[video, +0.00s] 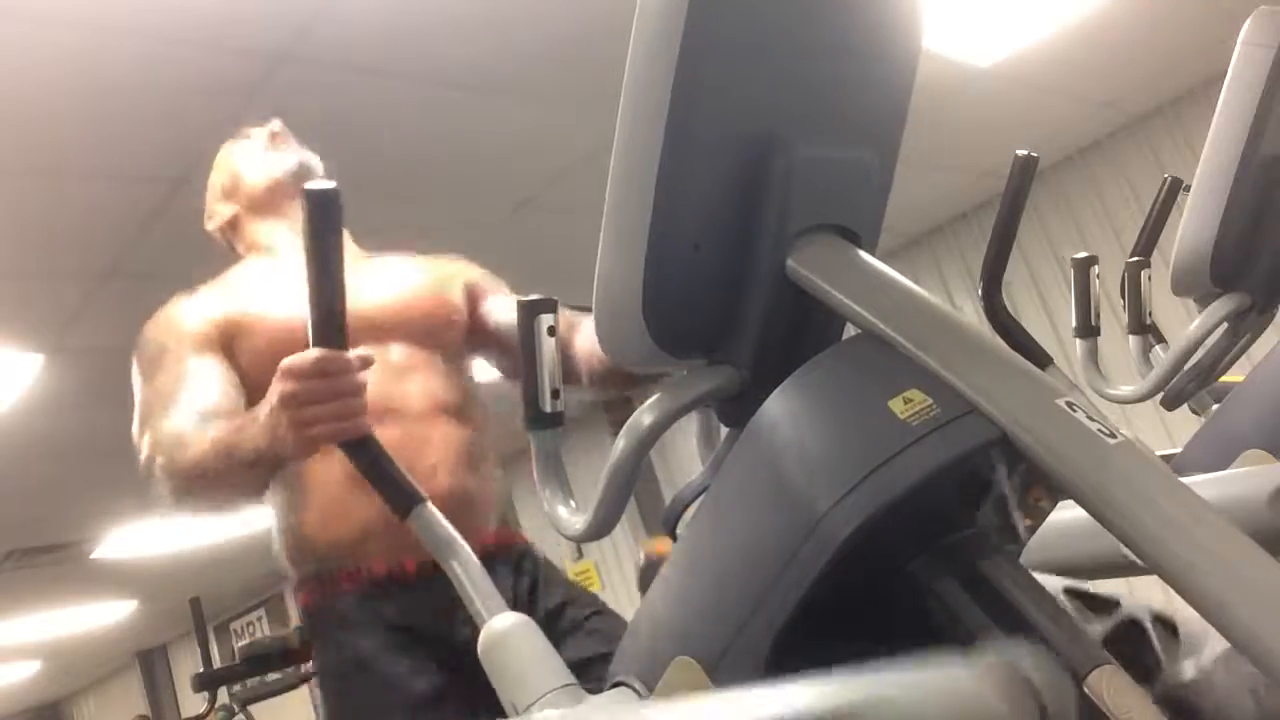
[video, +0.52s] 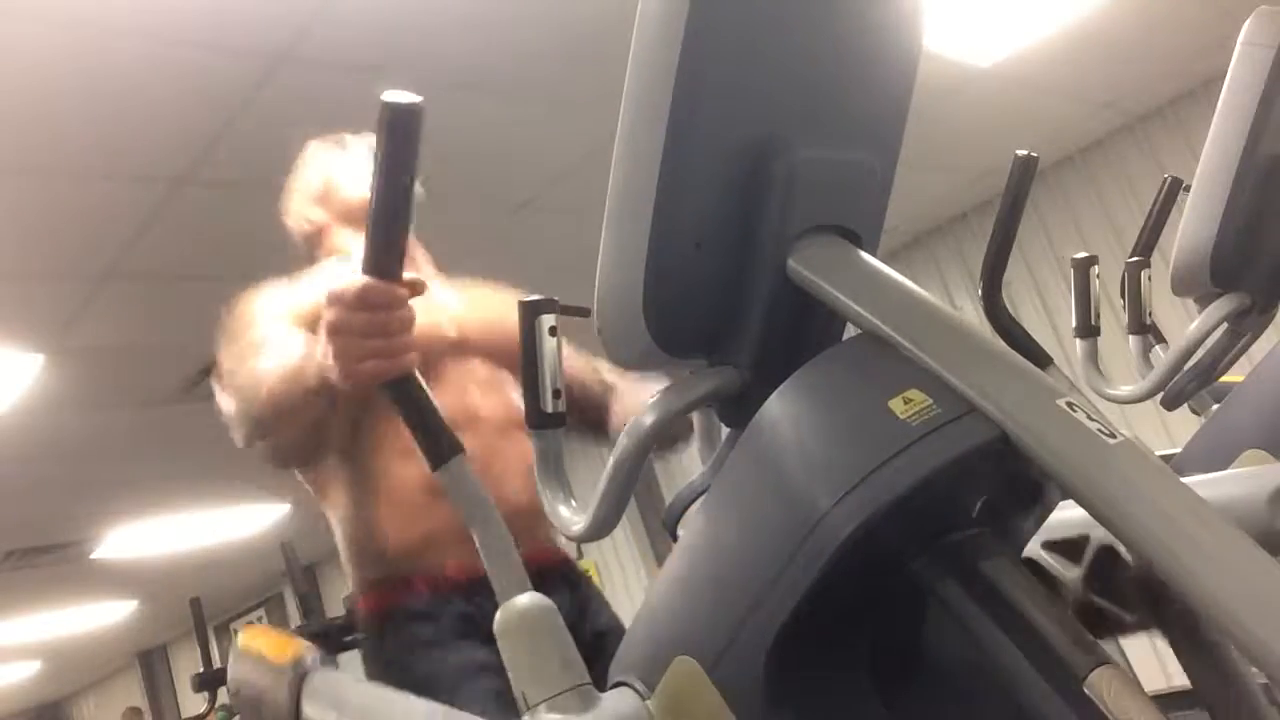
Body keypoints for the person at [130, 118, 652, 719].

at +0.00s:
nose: (283, 131)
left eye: (292, 133)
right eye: (257, 138)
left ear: (323, 174)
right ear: (222, 209)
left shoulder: (438, 274)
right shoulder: (194, 318)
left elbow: (559, 339)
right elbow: (181, 462)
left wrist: (650, 343)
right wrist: (268, 430)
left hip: (509, 577)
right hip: (367, 615)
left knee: (667, 693)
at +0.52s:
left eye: (388, 184)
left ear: (406, 192)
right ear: (308, 217)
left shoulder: (479, 300)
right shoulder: (278, 309)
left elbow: (593, 385)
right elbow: (260, 419)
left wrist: (648, 406)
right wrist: (325, 367)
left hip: (556, 589)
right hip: (426, 620)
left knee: (654, 705)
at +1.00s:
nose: (317, 116)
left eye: (324, 117)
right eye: (277, 119)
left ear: (353, 165)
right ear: (240, 194)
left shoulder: (466, 291)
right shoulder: (204, 345)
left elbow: (626, 358)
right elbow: (185, 553)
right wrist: (275, 479)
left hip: (536, 613)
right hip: (384, 659)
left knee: (703, 696)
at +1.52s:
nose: (401, 159)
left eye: (406, 155)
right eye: (366, 160)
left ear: (428, 193)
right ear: (323, 225)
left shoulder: (518, 338)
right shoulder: (279, 346)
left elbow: (633, 430)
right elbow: (246, 485)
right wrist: (321, 406)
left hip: (537, 649)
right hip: (399, 665)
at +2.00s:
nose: (343, 135)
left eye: (350, 128)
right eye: (307, 133)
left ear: (382, 175)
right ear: (263, 202)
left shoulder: (463, 320)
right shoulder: (231, 338)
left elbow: (596, 394)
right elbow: (167, 527)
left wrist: (732, 380)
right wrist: (294, 449)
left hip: (523, 636)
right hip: (382, 677)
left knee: (719, 672)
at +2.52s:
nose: (398, 97)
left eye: (404, 95)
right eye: (356, 92)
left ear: (430, 137)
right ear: (311, 162)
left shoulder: (533, 280)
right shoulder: (274, 308)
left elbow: (620, 395)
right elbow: (193, 480)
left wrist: (725, 387)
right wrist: (242, 568)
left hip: (558, 609)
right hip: (418, 630)